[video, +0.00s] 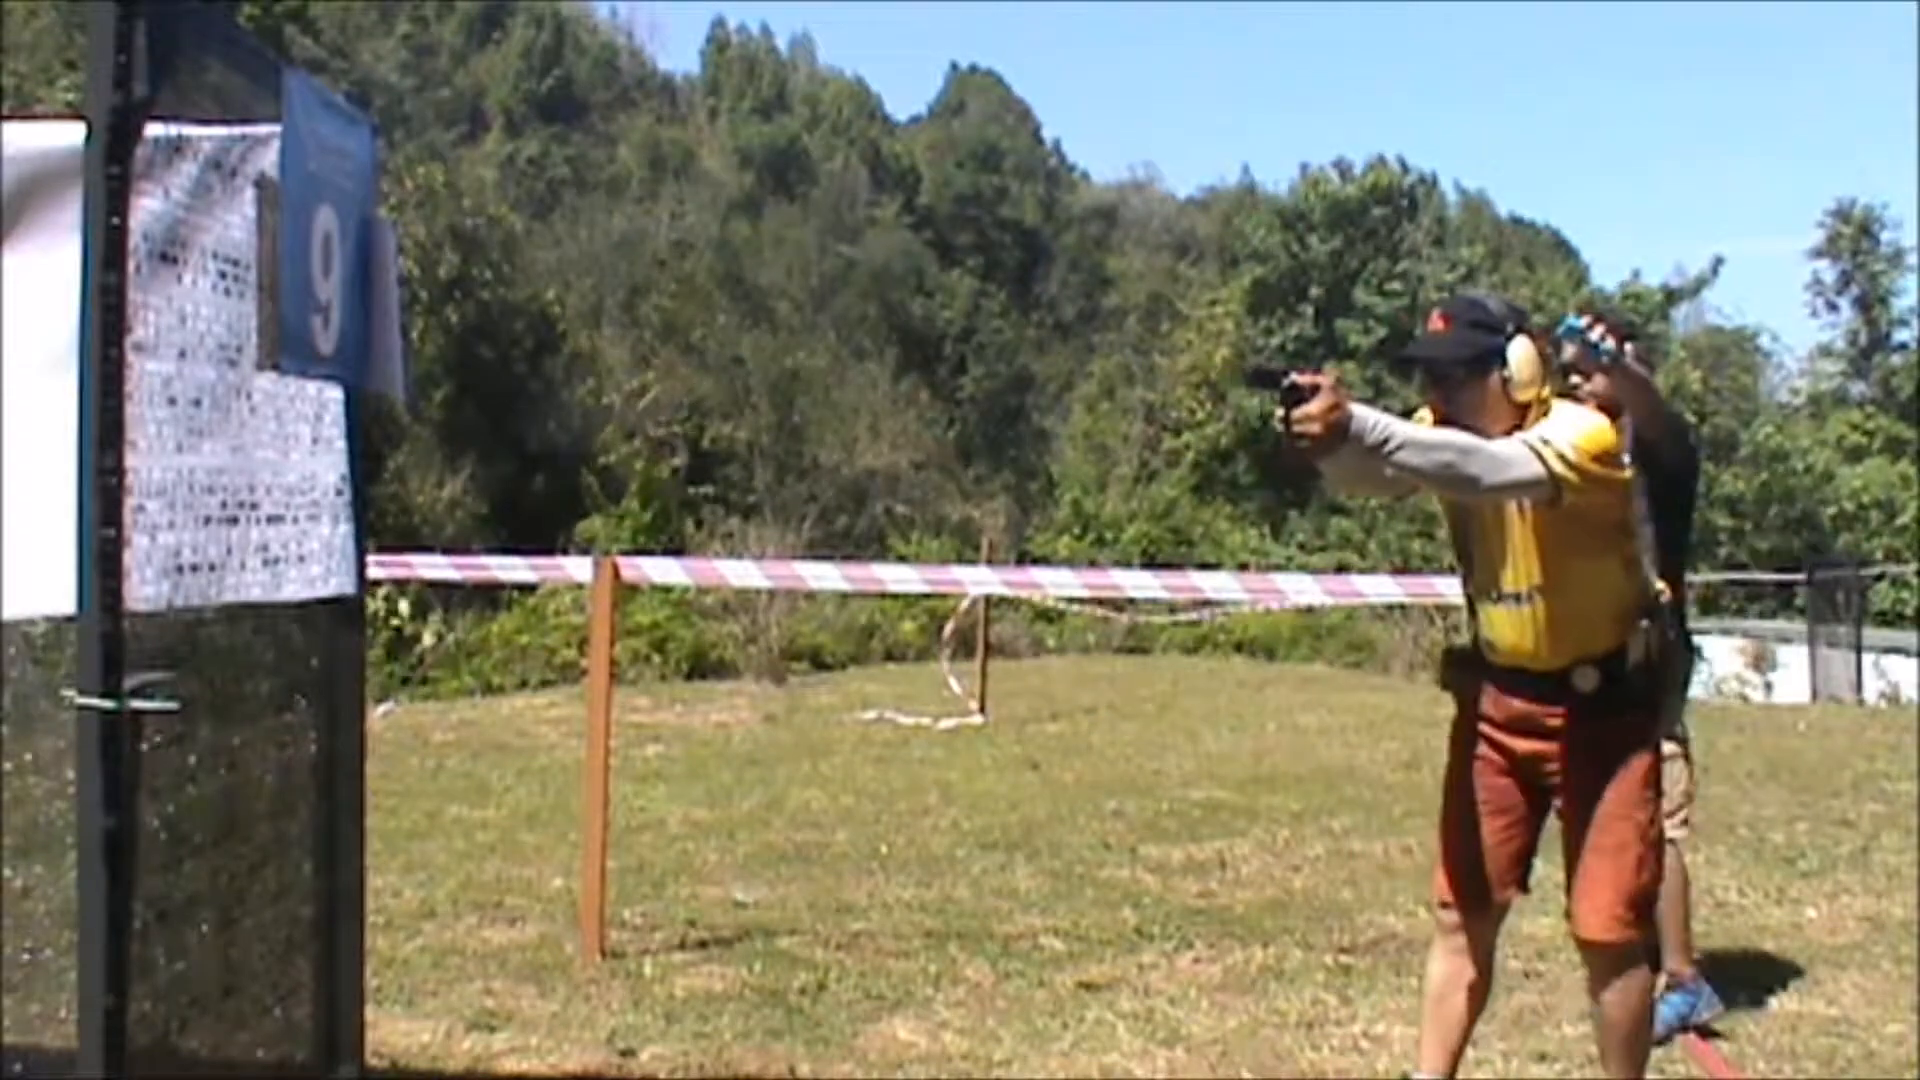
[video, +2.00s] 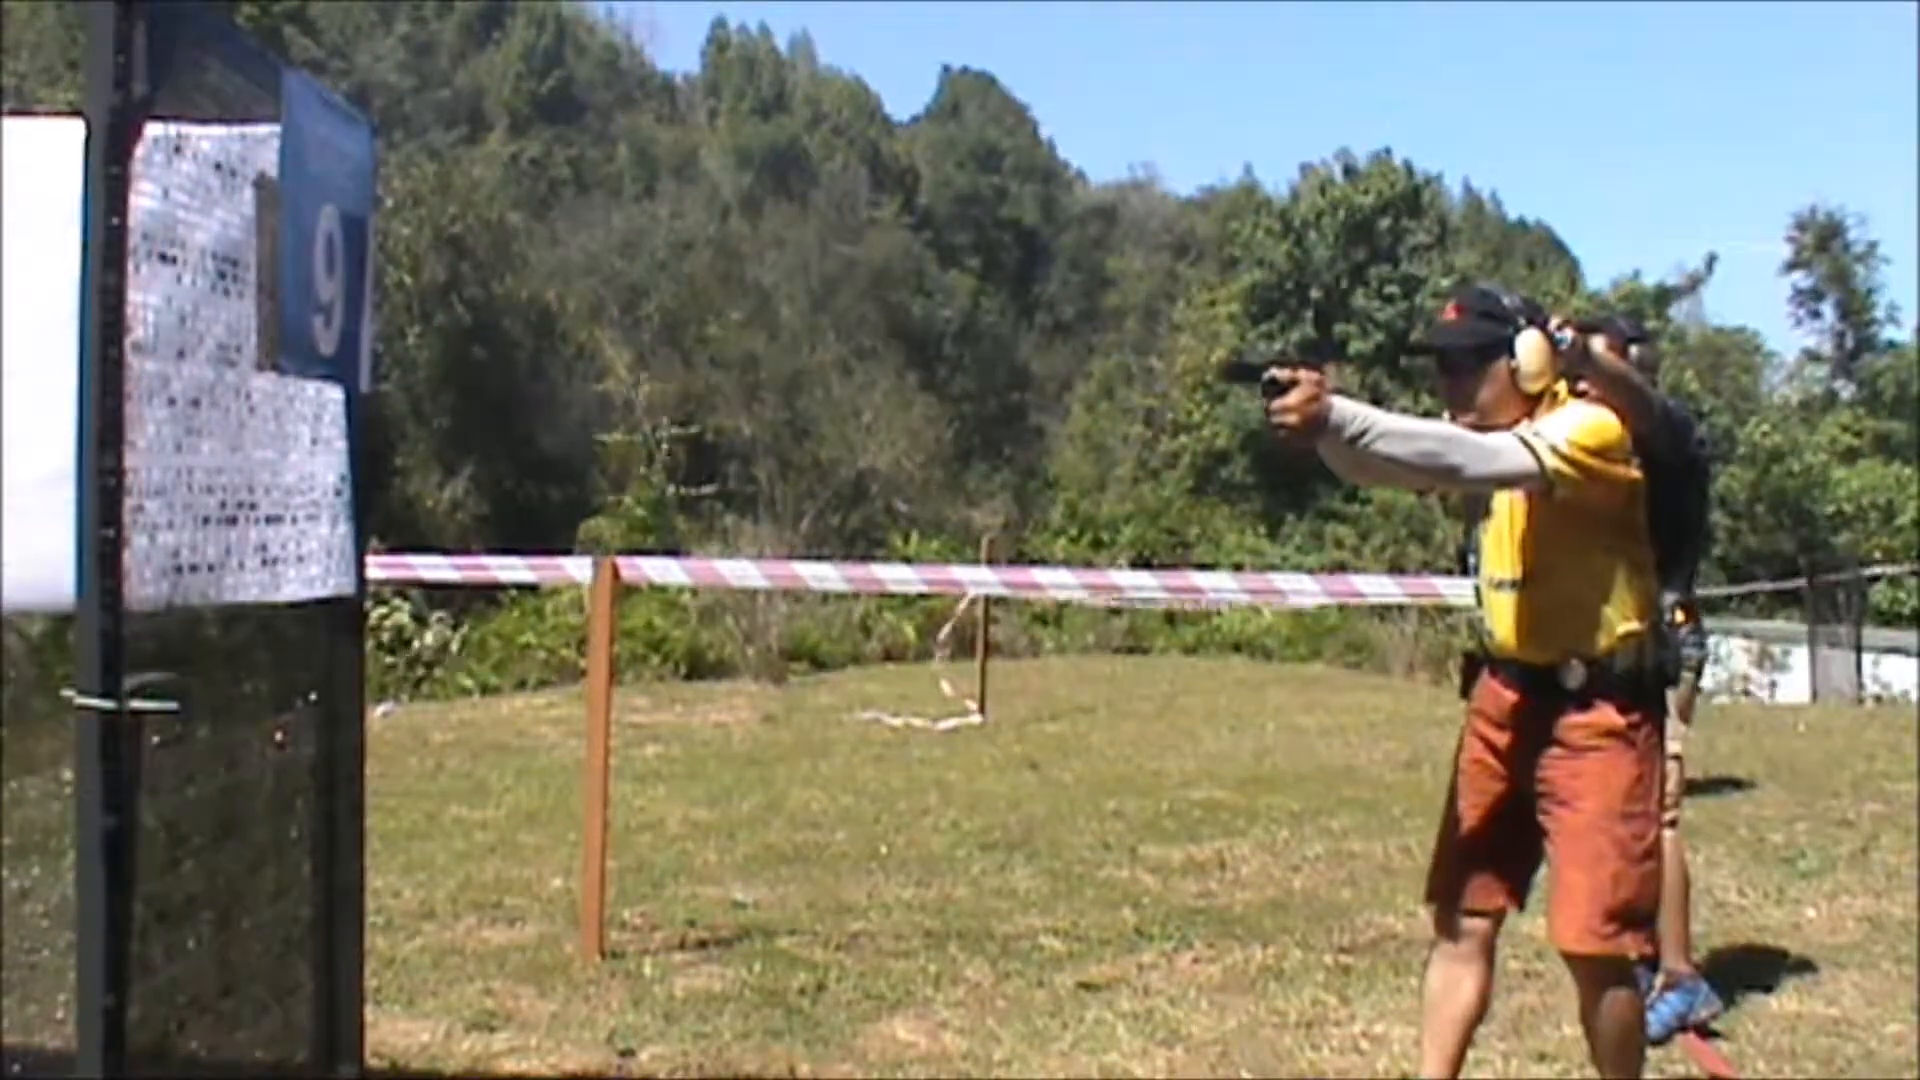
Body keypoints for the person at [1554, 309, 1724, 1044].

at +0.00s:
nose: (1586, 387)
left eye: (1599, 374)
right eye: (1579, 373)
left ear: (1634, 376)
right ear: (1569, 378)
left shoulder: (1668, 451)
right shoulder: (1567, 442)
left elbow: (1658, 423)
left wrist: (1626, 372)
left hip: (1648, 640)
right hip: (1579, 639)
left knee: (1660, 804)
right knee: (1604, 808)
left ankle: (1679, 973)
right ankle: (1631, 974)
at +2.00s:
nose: (1601, 374)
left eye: (1616, 360)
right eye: (1596, 361)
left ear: (1639, 365)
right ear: (1586, 371)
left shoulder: (1671, 438)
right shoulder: (1578, 434)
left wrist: (1586, 356)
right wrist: (1556, 362)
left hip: (1661, 621)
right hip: (1599, 628)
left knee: (1658, 806)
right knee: (1615, 803)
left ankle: (1678, 971)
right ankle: (1642, 966)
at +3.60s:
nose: (1581, 392)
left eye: (1595, 378)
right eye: (1579, 380)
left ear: (1631, 375)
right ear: (1584, 385)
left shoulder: (1670, 445)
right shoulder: (1599, 452)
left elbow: (1625, 387)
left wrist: (1573, 347)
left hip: (1658, 647)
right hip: (1608, 645)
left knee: (1646, 818)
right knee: (1624, 820)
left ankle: (1684, 977)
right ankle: (1652, 964)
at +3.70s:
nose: (1580, 390)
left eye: (1592, 376)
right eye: (1577, 379)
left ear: (1627, 372)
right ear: (1586, 383)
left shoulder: (1660, 440)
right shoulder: (1611, 450)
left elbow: (1618, 384)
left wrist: (1568, 346)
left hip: (1649, 653)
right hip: (1608, 651)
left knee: (1643, 818)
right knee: (1628, 819)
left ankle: (1682, 976)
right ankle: (1652, 962)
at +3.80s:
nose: (1570, 393)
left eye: (1580, 377)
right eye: (1566, 381)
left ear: (1614, 371)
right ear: (1587, 378)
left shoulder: (1651, 438)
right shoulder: (1613, 450)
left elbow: (1614, 395)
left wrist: (1559, 351)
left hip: (1635, 658)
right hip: (1606, 655)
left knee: (1619, 819)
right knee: (1620, 819)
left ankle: (1674, 972)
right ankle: (1653, 964)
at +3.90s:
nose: (1557, 394)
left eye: (1567, 379)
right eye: (1554, 382)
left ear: (1603, 375)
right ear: (1591, 379)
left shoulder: (1640, 440)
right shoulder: (1604, 452)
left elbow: (1608, 402)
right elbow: (1594, 551)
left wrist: (1554, 351)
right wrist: (1526, 538)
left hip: (1623, 657)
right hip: (1614, 654)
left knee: (1584, 814)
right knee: (1630, 822)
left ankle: (1659, 960)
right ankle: (1652, 964)